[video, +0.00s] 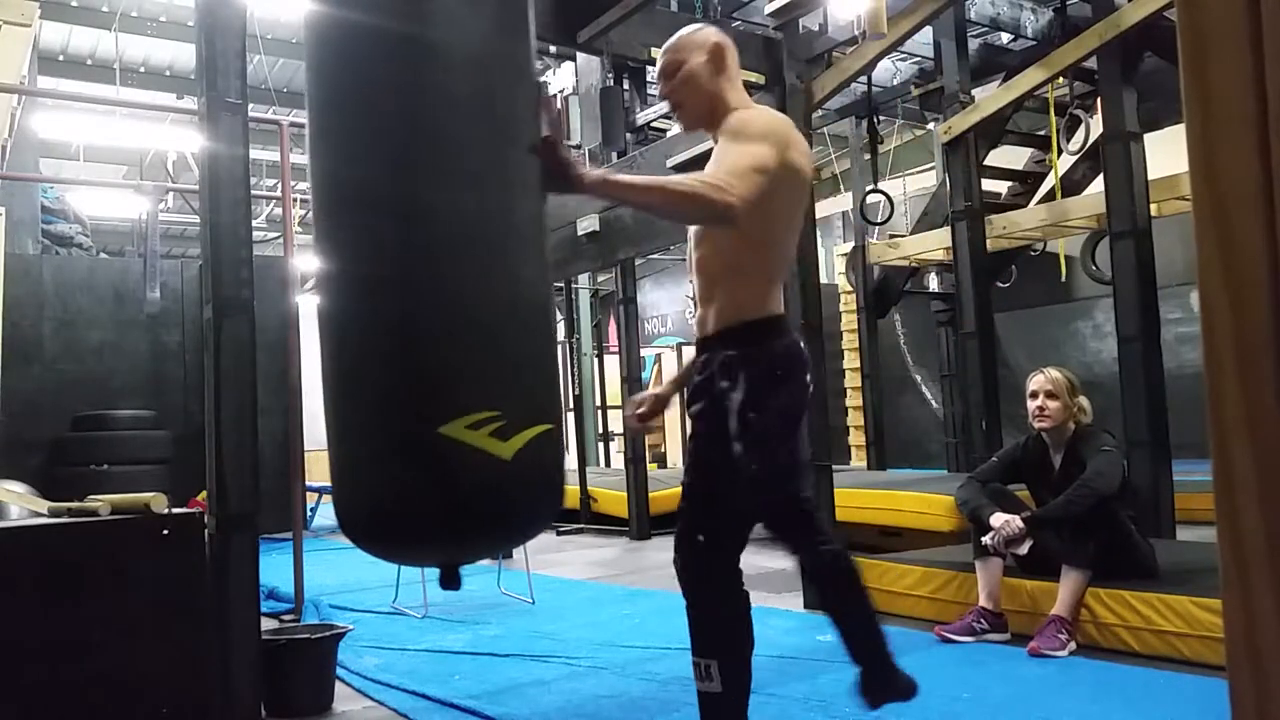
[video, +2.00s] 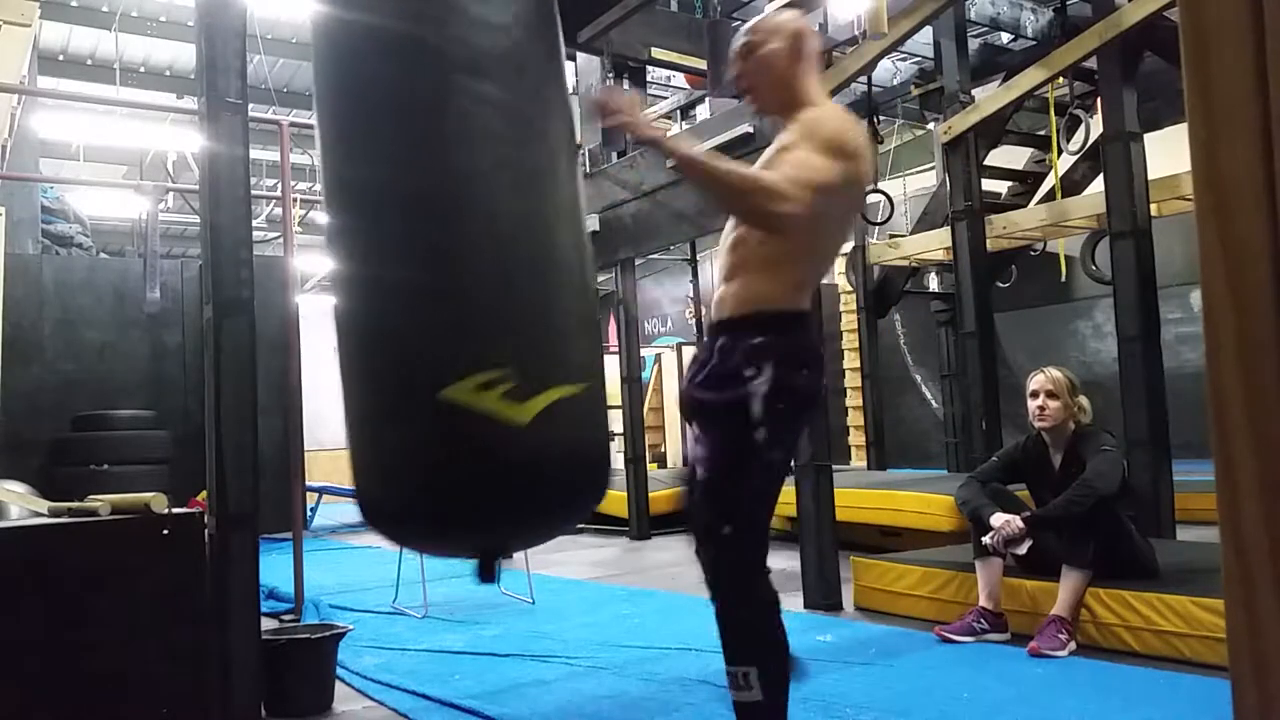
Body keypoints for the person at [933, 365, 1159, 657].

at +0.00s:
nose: (1040, 404)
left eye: (1051, 396)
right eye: (1034, 397)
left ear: (1072, 406)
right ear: (1026, 406)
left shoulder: (1097, 442)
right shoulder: (1028, 449)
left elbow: (1101, 484)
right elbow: (967, 488)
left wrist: (1028, 521)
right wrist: (992, 516)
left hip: (1118, 560)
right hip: (1059, 555)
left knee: (1089, 505)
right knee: (989, 495)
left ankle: (1061, 621)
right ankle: (988, 612)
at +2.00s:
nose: (1041, 404)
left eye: (1052, 396)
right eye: (1034, 396)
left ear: (1072, 405)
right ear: (1026, 405)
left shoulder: (1098, 443)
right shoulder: (1027, 449)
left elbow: (1099, 485)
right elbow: (968, 488)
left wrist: (1026, 522)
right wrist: (992, 516)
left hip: (1118, 559)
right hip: (1059, 555)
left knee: (1087, 504)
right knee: (988, 495)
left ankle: (1061, 621)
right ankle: (989, 612)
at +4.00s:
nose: (1042, 404)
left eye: (1053, 396)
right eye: (1035, 396)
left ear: (1072, 406)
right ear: (1027, 405)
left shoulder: (1097, 442)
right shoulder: (1027, 449)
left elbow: (1100, 485)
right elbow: (968, 488)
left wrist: (1027, 522)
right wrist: (992, 516)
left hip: (1117, 559)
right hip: (1058, 556)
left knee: (1090, 504)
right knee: (988, 496)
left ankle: (1061, 620)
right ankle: (989, 612)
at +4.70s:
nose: (1041, 404)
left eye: (1052, 397)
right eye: (1034, 397)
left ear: (1073, 405)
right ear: (1026, 405)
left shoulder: (1098, 442)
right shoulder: (1026, 449)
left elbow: (1099, 485)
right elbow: (968, 487)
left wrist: (1027, 521)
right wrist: (992, 516)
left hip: (1117, 558)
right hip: (1057, 555)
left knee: (1091, 504)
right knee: (989, 496)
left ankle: (1060, 620)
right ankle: (989, 612)